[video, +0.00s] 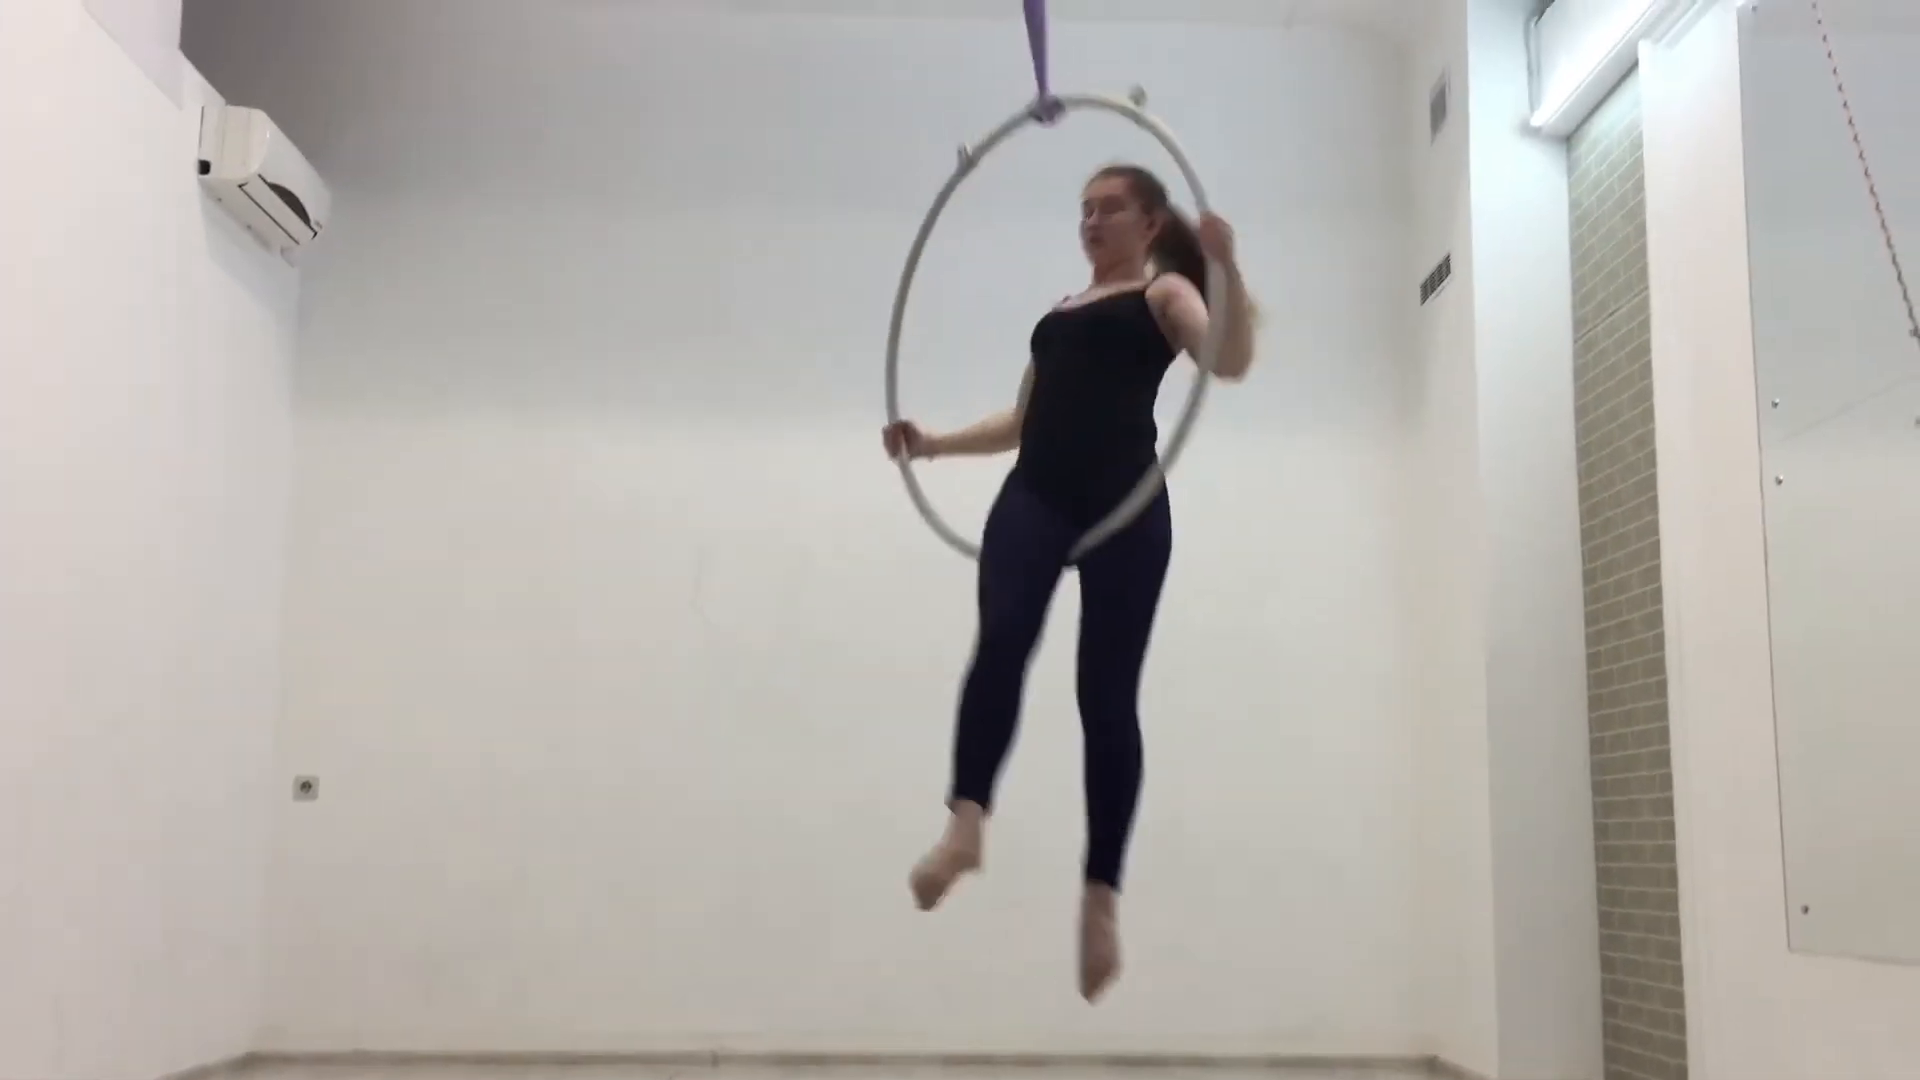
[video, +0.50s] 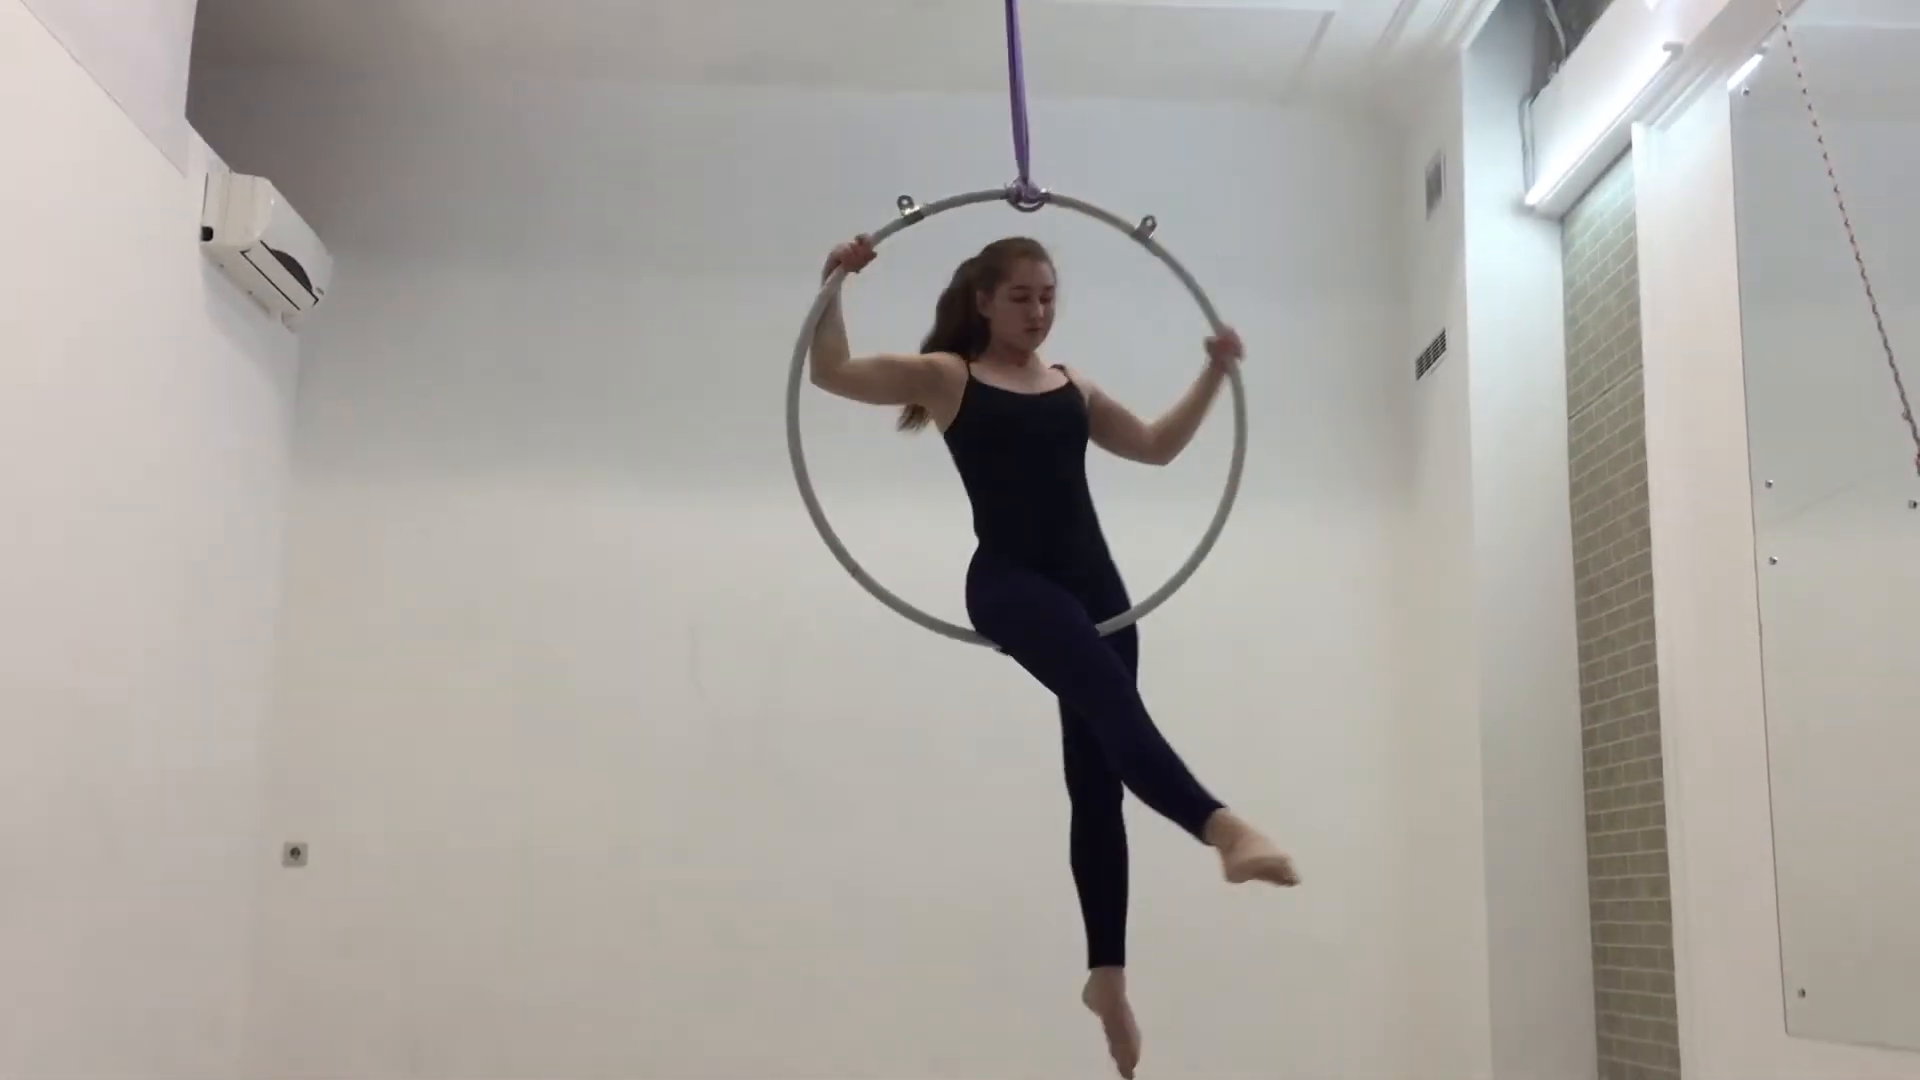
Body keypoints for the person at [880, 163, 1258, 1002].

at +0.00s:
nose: (1091, 220)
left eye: (1108, 207)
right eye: (1086, 209)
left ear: (1151, 223)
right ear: (1081, 225)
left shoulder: (1164, 292)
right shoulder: (1064, 316)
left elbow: (1228, 360)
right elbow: (1020, 426)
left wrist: (1226, 268)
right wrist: (932, 442)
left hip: (1125, 507)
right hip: (1034, 499)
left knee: (1107, 701)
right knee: (997, 650)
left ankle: (1101, 895)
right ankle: (964, 823)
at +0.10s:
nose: (1079, 258)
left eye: (1094, 246)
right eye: (1069, 247)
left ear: (1125, 256)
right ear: (1054, 259)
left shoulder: (1147, 330)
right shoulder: (1035, 349)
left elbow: (1234, 397)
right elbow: (996, 456)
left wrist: (1242, 308)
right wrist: (906, 472)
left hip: (1132, 541)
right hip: (1038, 539)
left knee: (1126, 733)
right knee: (1036, 685)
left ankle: (1129, 935)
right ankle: (1037, 844)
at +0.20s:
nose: (1066, 271)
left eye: (1080, 258)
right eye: (1052, 258)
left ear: (1105, 265)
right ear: (1031, 266)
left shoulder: (1130, 340)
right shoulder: (1007, 360)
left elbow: (1221, 407)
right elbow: (955, 458)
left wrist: (1245, 326)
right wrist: (865, 464)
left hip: (1132, 554)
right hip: (1038, 554)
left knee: (1128, 743)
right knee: (1070, 690)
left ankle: (1131, 941)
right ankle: (1102, 843)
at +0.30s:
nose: (1056, 274)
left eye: (1069, 261)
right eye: (1041, 261)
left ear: (1087, 265)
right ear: (1014, 265)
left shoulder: (1112, 343)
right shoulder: (982, 352)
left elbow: (1200, 417)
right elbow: (894, 419)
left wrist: (1252, 348)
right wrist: (830, 369)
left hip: (1126, 554)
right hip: (1034, 554)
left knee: (1121, 742)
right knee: (1086, 685)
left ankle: (1125, 941)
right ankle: (1148, 836)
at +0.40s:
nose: (1047, 288)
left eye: (1058, 275)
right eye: (1031, 274)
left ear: (1070, 282)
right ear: (995, 281)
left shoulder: (1090, 361)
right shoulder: (961, 358)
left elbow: (1177, 431)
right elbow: (850, 372)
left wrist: (1242, 369)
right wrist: (840, 290)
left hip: (1116, 571)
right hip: (1027, 566)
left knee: (1112, 752)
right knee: (1102, 689)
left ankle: (1122, 955)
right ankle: (1186, 830)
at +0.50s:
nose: (1036, 309)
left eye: (1046, 296)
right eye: (1020, 295)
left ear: (1056, 304)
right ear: (981, 301)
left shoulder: (1067, 385)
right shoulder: (946, 378)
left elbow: (1155, 444)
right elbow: (833, 370)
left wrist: (1214, 372)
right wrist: (834, 286)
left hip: (1097, 596)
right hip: (1011, 586)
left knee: (1097, 793)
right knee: (1093, 672)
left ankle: (1107, 977)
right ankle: (1224, 831)